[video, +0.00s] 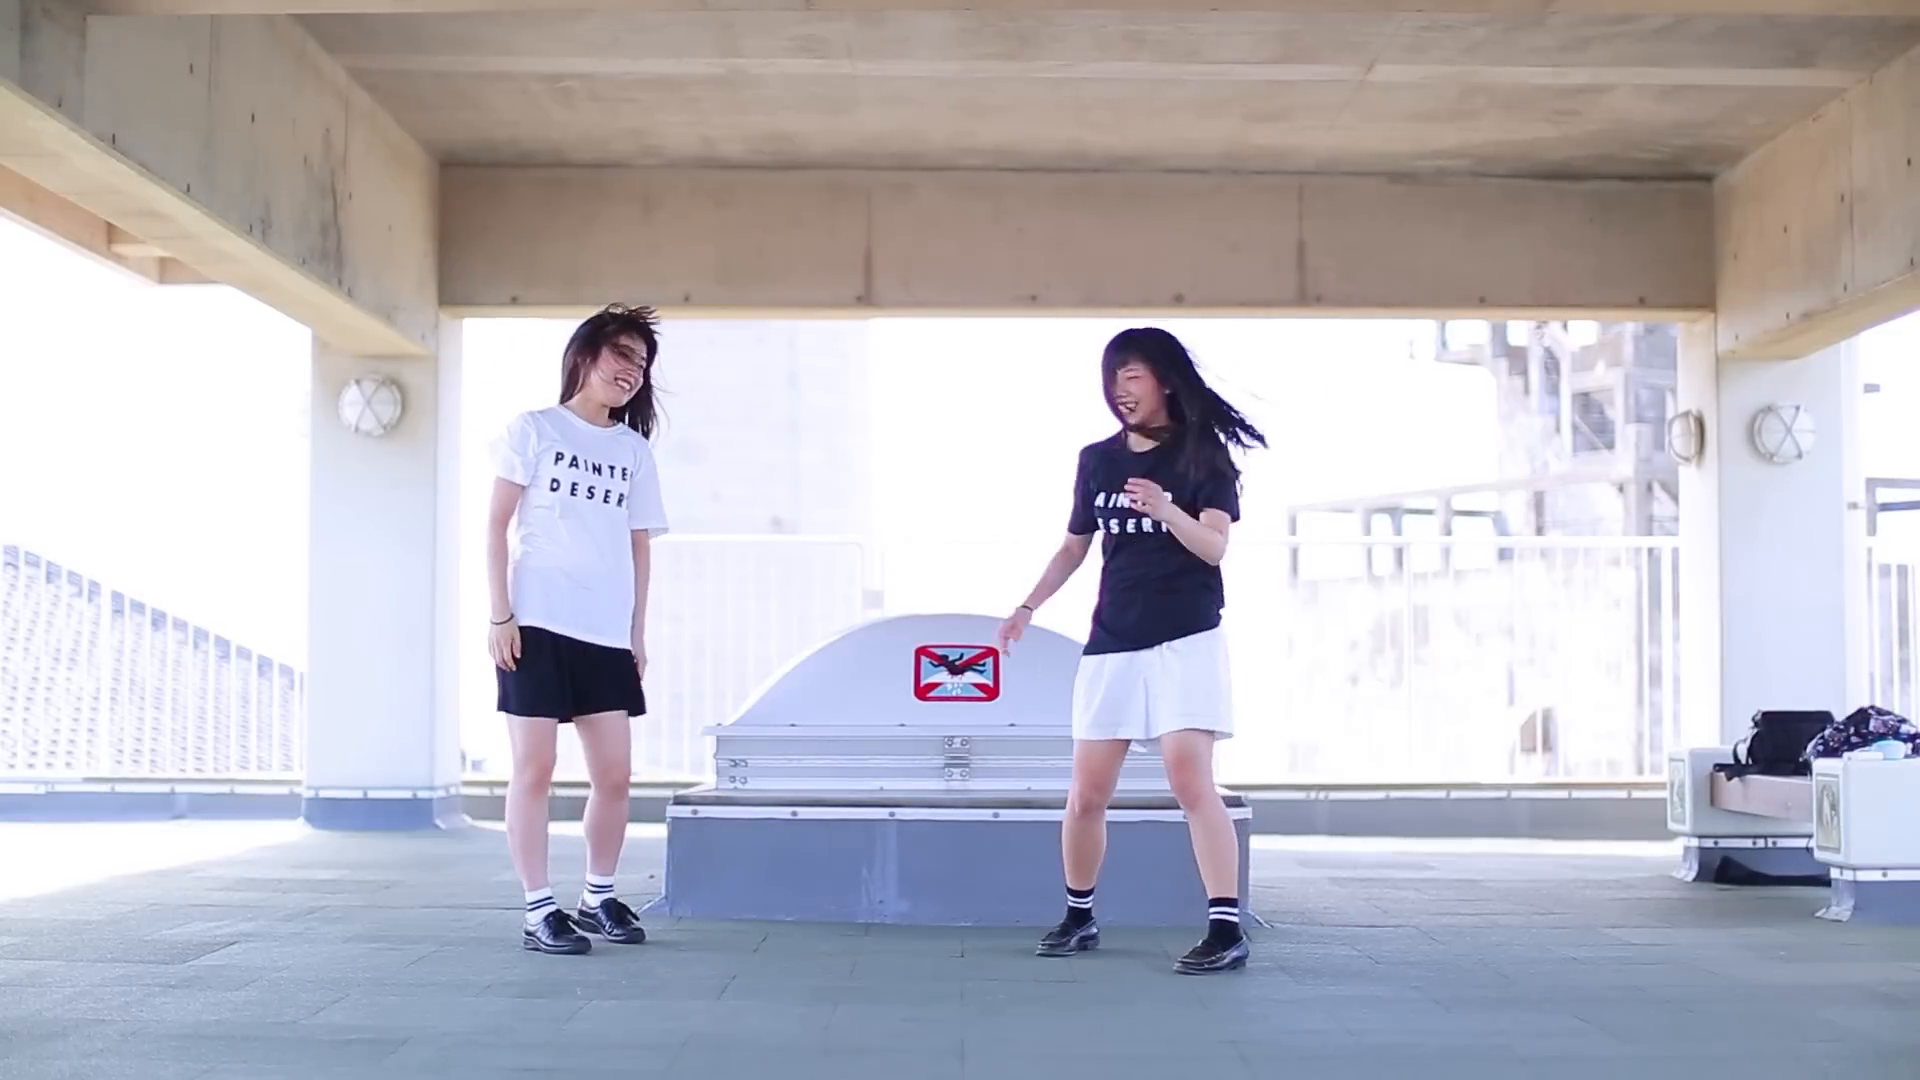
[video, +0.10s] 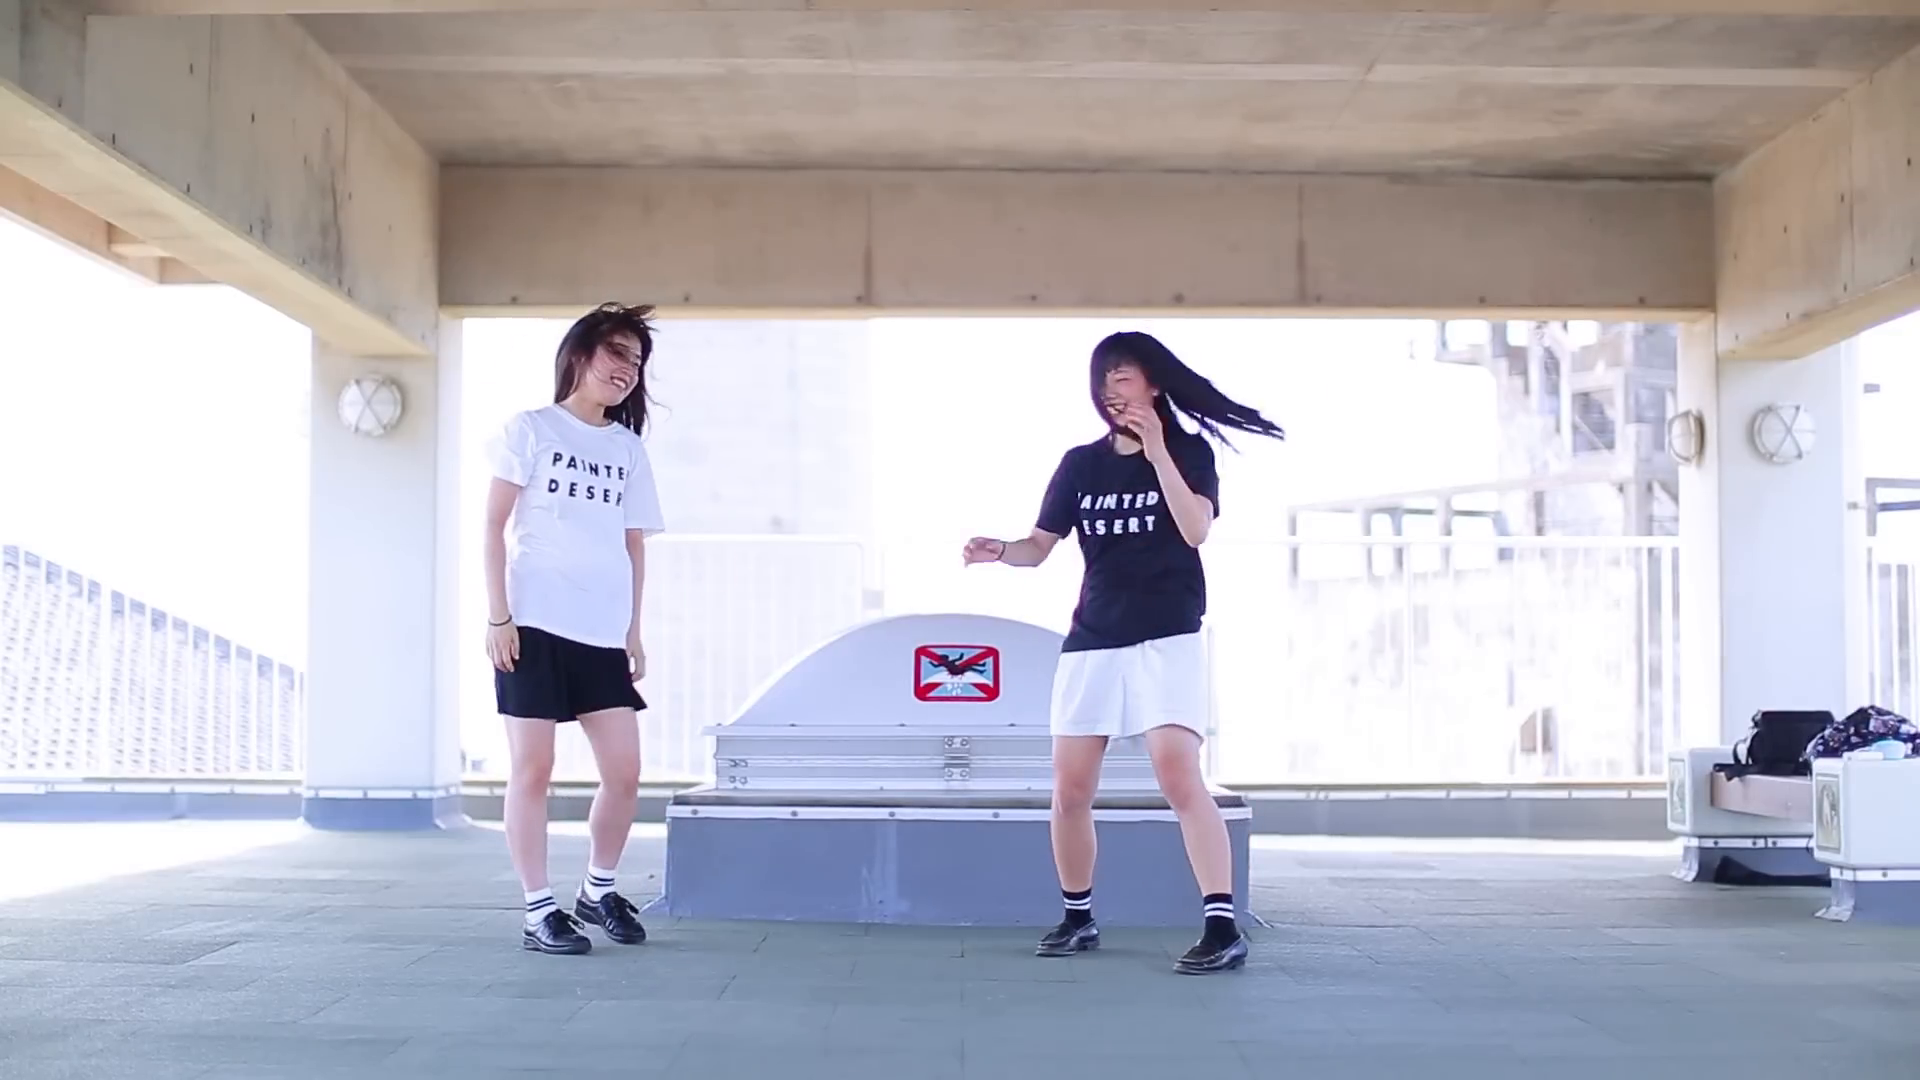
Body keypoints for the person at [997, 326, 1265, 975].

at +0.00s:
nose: (1122, 390)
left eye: (1134, 377)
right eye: (1115, 380)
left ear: (1169, 380)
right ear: (1109, 389)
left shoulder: (1206, 455)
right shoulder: (1099, 460)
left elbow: (1213, 548)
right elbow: (1075, 547)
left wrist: (1167, 510)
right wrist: (1028, 606)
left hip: (1186, 639)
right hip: (1112, 641)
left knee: (1191, 782)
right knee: (1086, 795)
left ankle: (1226, 929)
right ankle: (1078, 918)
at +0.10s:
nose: (1114, 391)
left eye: (1126, 379)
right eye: (1105, 382)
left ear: (1156, 383)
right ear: (1097, 392)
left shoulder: (1187, 452)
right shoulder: (1081, 463)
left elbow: (1197, 530)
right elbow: (1037, 550)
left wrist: (1158, 454)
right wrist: (1002, 550)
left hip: (1169, 637)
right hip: (1092, 640)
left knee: (1178, 775)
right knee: (1069, 790)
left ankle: (1221, 926)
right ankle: (1078, 919)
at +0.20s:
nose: (1099, 393)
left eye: (1110, 379)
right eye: (1089, 384)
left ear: (1141, 382)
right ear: (1080, 393)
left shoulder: (1175, 444)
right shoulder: (1069, 457)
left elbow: (1181, 501)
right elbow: (1017, 531)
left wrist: (1147, 422)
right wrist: (1009, 481)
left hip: (1157, 633)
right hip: (1079, 638)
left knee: (1174, 777)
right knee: (1067, 788)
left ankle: (1207, 919)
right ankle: (1077, 920)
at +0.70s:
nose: (1121, 411)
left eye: (1132, 397)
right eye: (1110, 401)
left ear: (1161, 395)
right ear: (1099, 405)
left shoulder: (1203, 454)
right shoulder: (1097, 464)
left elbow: (1257, 504)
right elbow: (1037, 517)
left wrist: (1225, 430)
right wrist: (1041, 447)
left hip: (1202, 646)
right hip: (1120, 651)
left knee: (1219, 788)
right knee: (1095, 791)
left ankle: (1229, 921)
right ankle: (1080, 921)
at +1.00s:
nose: (1164, 389)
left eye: (1175, 376)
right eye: (1152, 380)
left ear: (1206, 381)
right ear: (1144, 391)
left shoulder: (1238, 447)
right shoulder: (1136, 455)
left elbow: (1283, 500)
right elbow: (1096, 506)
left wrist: (1238, 418)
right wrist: (1130, 429)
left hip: (1241, 641)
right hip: (1165, 648)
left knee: (1240, 788)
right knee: (1157, 786)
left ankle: (1231, 920)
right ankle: (1094, 902)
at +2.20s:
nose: (1196, 391)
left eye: (1203, 378)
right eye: (1193, 381)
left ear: (1243, 372)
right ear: (1211, 384)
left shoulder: (1292, 441)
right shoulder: (1210, 454)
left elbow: (1265, 472)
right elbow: (1133, 475)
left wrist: (1258, 397)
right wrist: (1176, 412)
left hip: (1262, 637)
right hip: (1198, 642)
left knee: (1264, 784)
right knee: (1169, 790)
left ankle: (1276, 936)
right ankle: (1184, 927)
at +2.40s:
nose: (1194, 389)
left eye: (1201, 374)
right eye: (1191, 377)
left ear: (1237, 371)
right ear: (1213, 379)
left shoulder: (1286, 437)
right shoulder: (1211, 455)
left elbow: (1283, 523)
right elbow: (1176, 541)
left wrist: (1239, 442)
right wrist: (1145, 467)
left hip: (1259, 636)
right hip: (1197, 640)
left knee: (1258, 782)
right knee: (1173, 794)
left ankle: (1276, 936)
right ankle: (1195, 920)